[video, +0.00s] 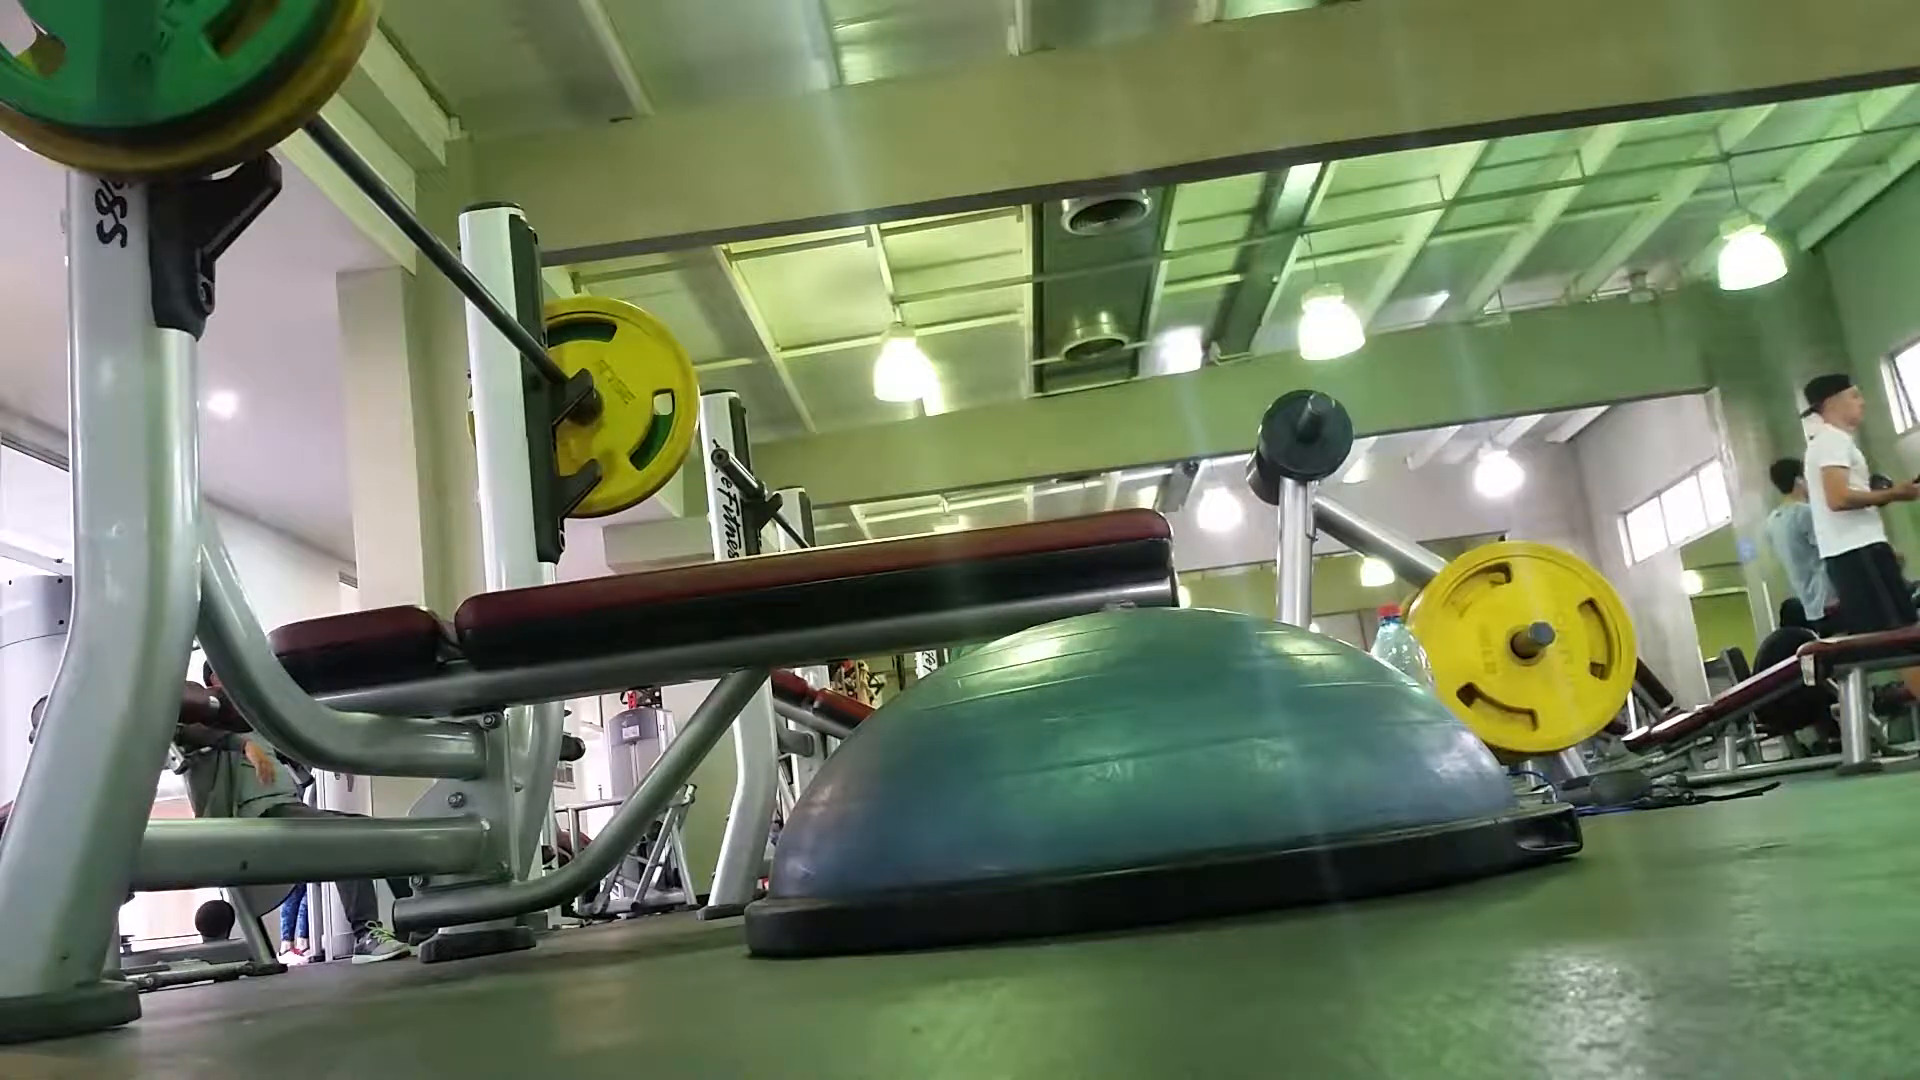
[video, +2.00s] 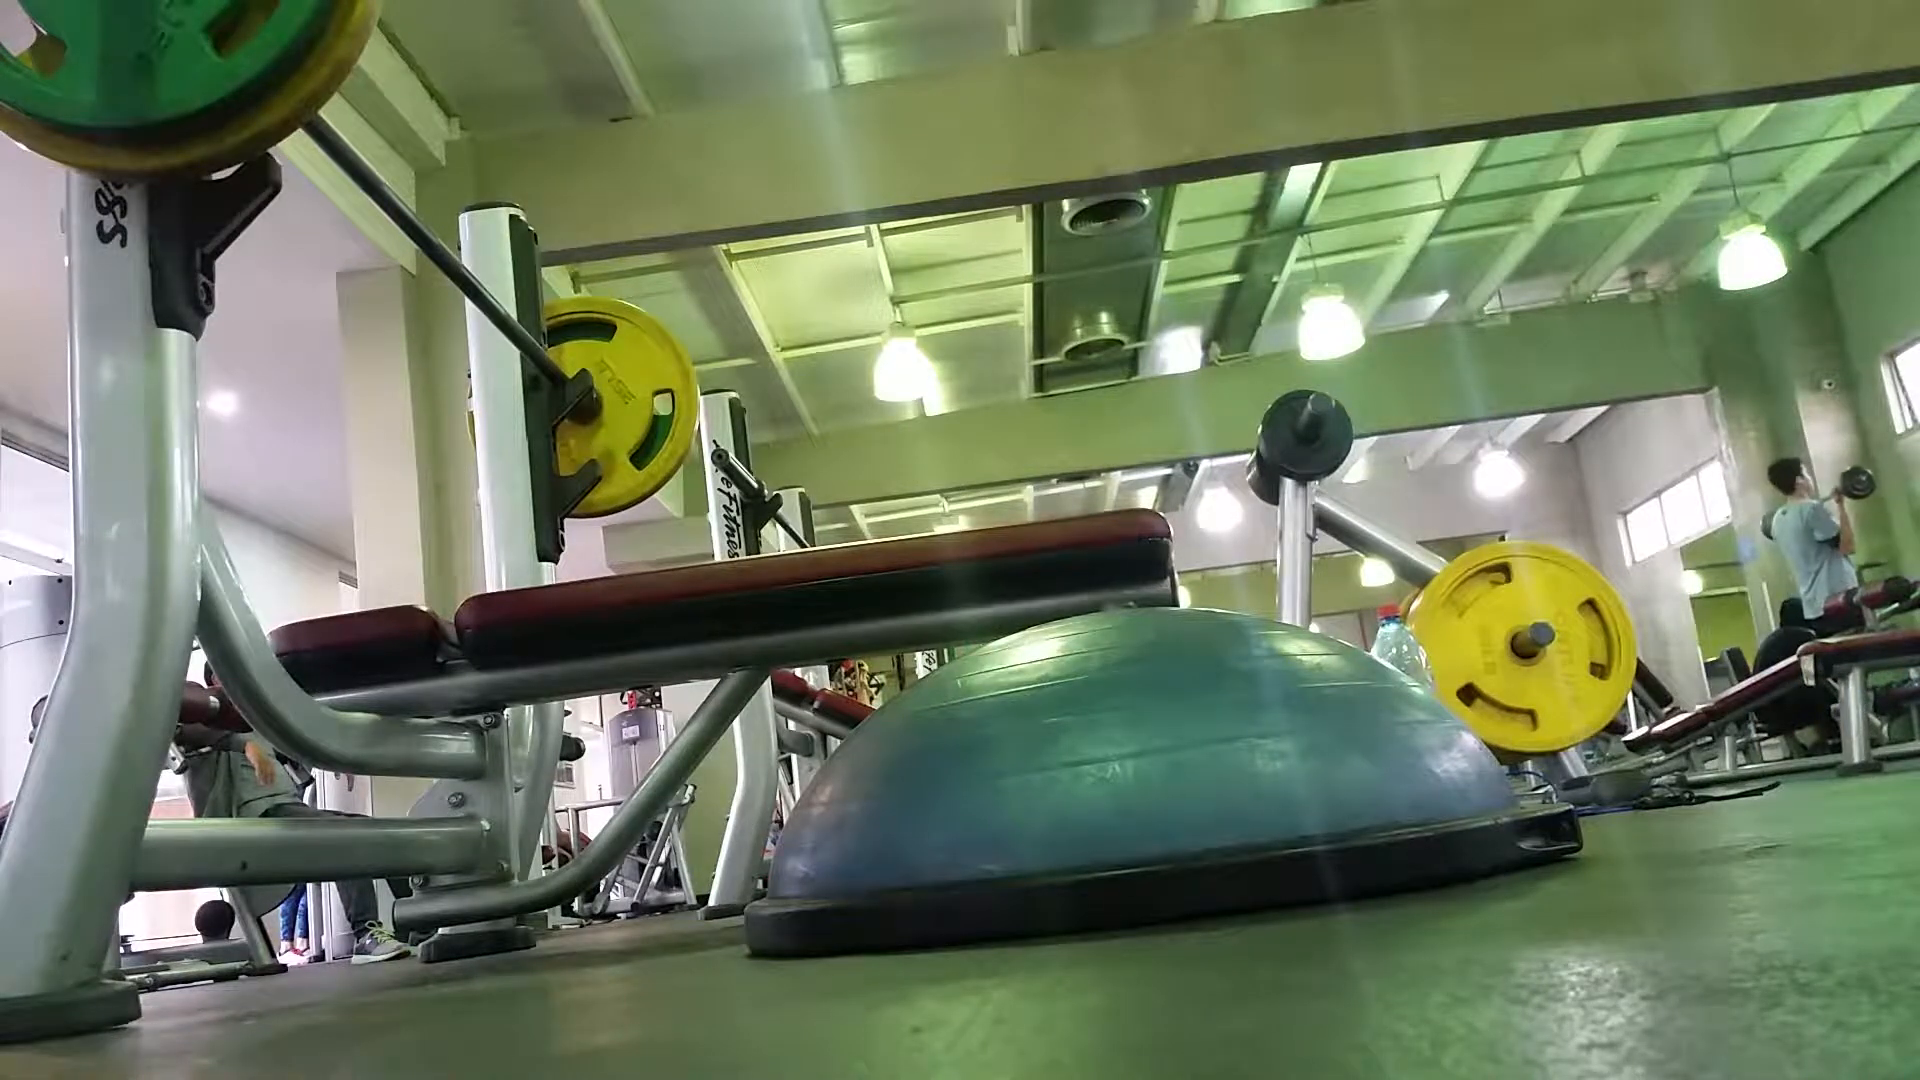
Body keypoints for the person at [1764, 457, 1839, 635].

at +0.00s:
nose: (1810, 483)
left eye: (1807, 477)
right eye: (1806, 477)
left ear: (1779, 485)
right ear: (1798, 481)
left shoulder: (1773, 520)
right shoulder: (1804, 513)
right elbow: (1826, 547)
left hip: (1805, 604)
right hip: (1829, 601)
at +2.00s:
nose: (1811, 478)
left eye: (1808, 473)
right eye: (1807, 474)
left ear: (1782, 487)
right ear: (1798, 481)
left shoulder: (1778, 519)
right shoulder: (1812, 510)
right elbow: (1847, 546)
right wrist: (1841, 505)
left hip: (1813, 608)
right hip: (1839, 602)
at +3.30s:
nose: (1810, 477)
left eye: (1807, 472)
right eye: (1806, 472)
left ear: (1781, 484)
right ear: (1797, 478)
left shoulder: (1775, 517)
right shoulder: (1806, 509)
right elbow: (1832, 551)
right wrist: (1847, 512)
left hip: (1807, 606)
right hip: (1834, 599)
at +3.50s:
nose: (1810, 477)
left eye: (1806, 472)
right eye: (1804, 473)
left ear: (1781, 488)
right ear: (1798, 481)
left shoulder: (1775, 520)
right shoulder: (1806, 506)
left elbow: (1781, 564)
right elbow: (1815, 555)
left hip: (1808, 610)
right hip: (1835, 602)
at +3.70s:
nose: (1814, 477)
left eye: (1811, 472)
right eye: (1809, 473)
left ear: (1786, 488)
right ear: (1803, 480)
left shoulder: (1782, 520)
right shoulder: (1813, 506)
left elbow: (1785, 571)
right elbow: (1815, 553)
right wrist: (1862, 559)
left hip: (1812, 611)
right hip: (1838, 604)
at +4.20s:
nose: (1814, 480)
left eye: (1812, 475)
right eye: (1812, 475)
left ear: (1786, 483)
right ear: (1807, 479)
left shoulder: (1780, 518)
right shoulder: (1808, 510)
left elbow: (1785, 562)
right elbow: (1822, 560)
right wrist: (1867, 557)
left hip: (1813, 610)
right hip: (1837, 607)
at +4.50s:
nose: (1816, 492)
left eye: (1816, 486)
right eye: (1815, 487)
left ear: (1787, 485)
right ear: (1808, 488)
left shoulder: (1773, 520)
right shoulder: (1807, 519)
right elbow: (1838, 558)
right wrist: (1856, 537)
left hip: (1815, 606)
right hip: (1840, 603)